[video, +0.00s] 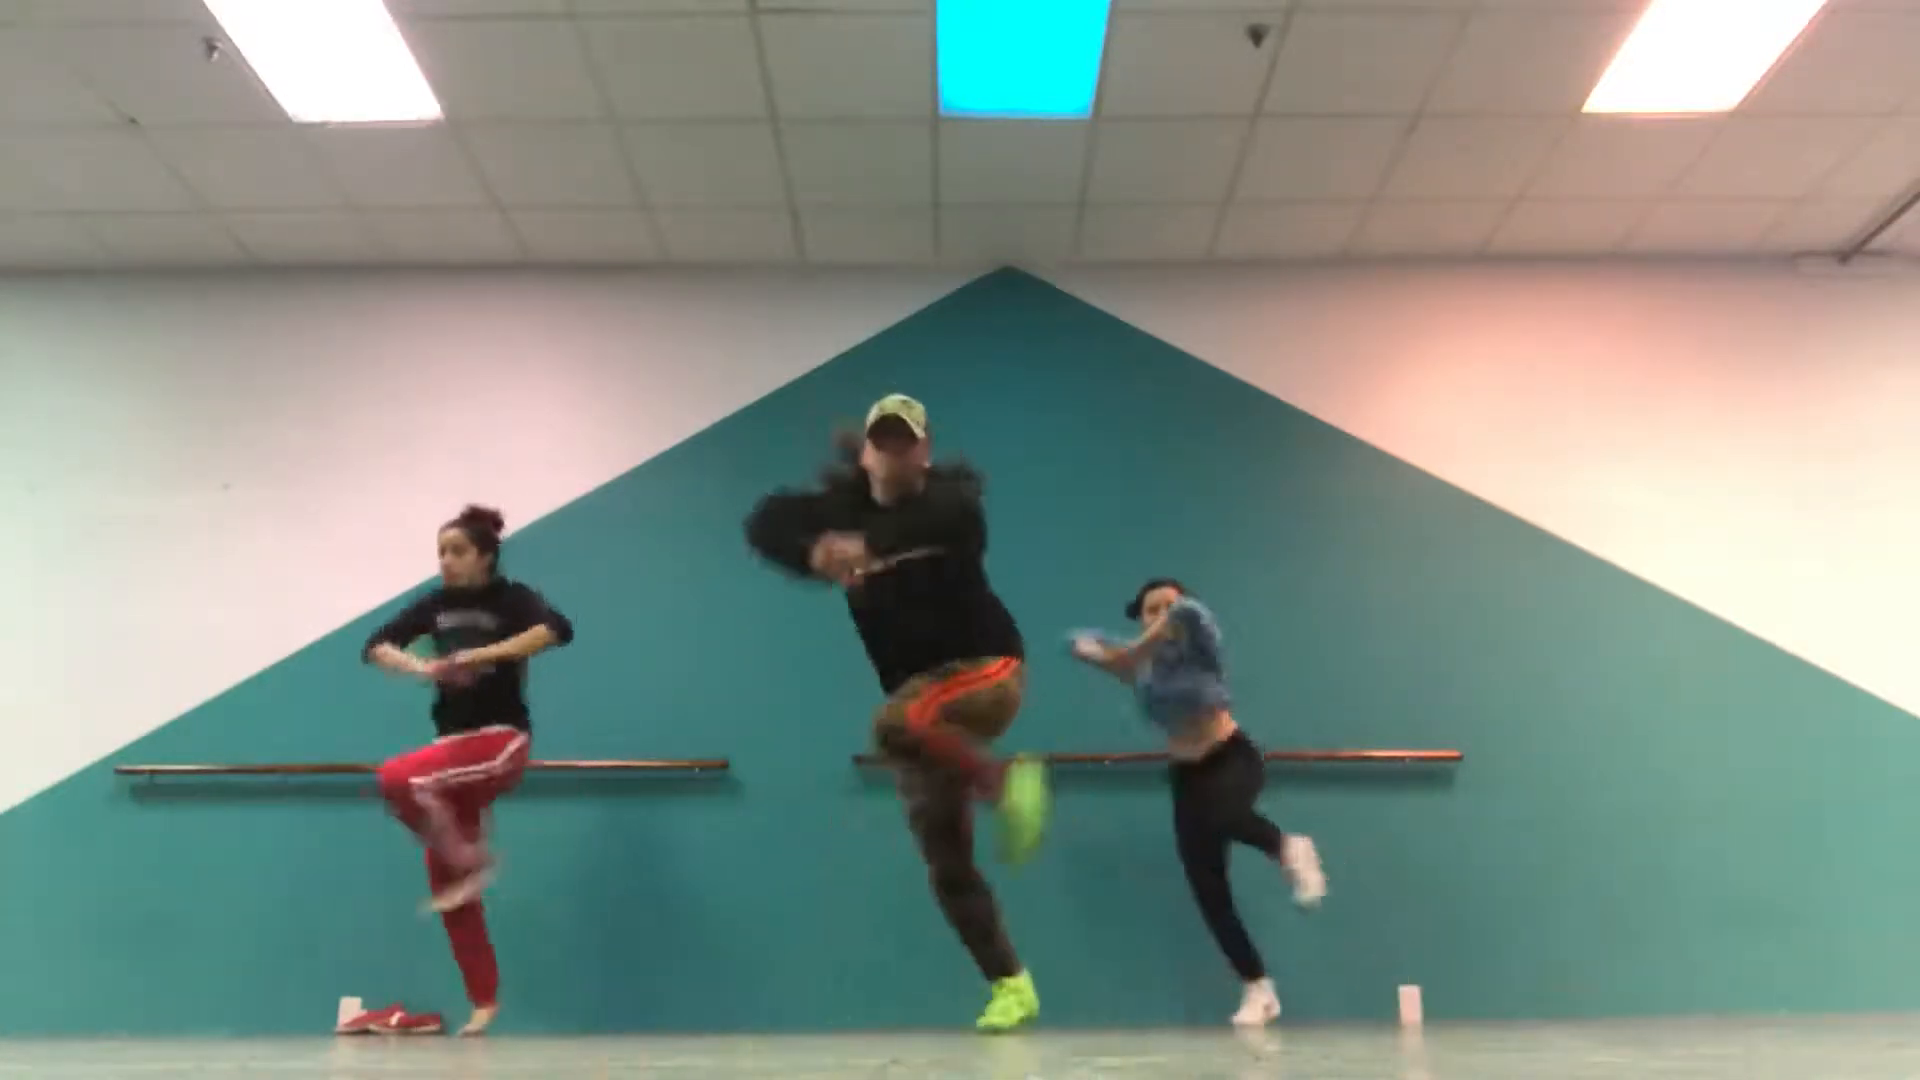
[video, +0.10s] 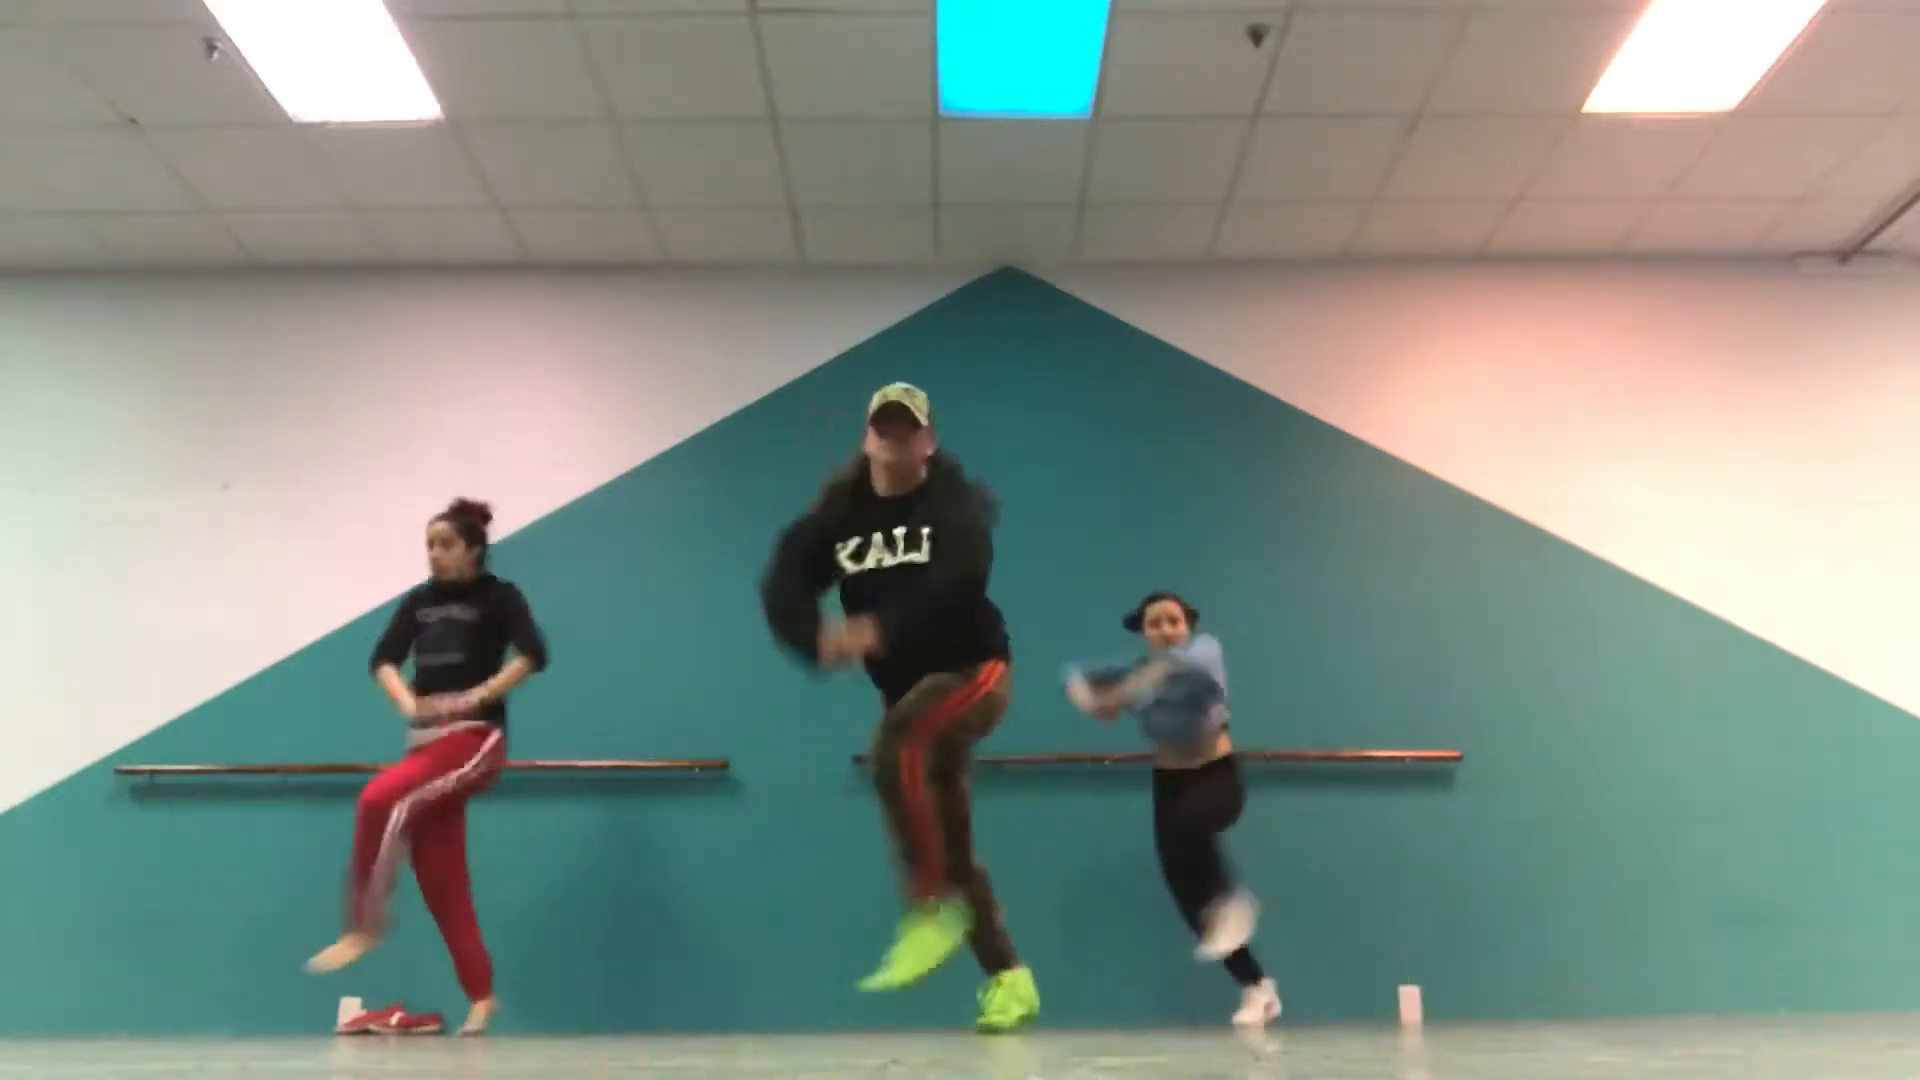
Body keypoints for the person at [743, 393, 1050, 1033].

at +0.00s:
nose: (893, 451)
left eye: (904, 441)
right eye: (882, 440)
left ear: (924, 450)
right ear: (865, 451)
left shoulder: (952, 492)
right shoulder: (844, 505)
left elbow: (948, 520)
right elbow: (765, 522)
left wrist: (868, 544)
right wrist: (817, 548)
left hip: (986, 668)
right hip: (912, 693)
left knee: (898, 723)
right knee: (945, 858)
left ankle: (1008, 785)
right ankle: (1009, 982)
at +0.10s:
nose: (894, 438)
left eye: (907, 429)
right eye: (884, 428)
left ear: (928, 442)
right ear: (867, 438)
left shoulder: (956, 499)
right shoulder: (840, 509)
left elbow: (957, 581)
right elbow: (783, 582)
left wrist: (877, 626)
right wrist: (814, 639)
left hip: (973, 668)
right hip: (904, 685)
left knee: (903, 746)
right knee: (947, 842)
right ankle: (1007, 974)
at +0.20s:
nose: (888, 443)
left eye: (901, 434)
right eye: (879, 432)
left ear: (923, 448)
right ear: (861, 442)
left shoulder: (947, 513)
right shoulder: (831, 521)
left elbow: (951, 617)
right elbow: (819, 617)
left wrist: (900, 701)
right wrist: (830, 703)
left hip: (947, 688)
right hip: (878, 695)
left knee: (896, 816)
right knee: (953, 844)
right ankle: (1012, 982)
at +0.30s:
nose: (873, 438)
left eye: (887, 429)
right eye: (865, 426)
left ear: (908, 444)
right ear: (847, 435)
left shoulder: (933, 525)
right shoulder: (809, 516)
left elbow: (939, 625)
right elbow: (800, 619)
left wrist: (897, 709)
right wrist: (821, 708)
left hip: (924, 694)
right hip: (853, 699)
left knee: (871, 822)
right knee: (933, 848)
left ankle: (818, 979)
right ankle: (1008, 980)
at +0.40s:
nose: (850, 410)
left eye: (866, 400)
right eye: (842, 396)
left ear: (890, 415)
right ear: (824, 403)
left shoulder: (910, 492)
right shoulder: (778, 480)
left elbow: (934, 579)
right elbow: (754, 576)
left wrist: (871, 641)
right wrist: (794, 643)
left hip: (889, 668)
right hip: (814, 672)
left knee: (852, 807)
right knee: (856, 825)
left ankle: (817, 979)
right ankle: (973, 950)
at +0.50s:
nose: (818, 410)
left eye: (833, 399)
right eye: (809, 397)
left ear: (857, 407)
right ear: (792, 402)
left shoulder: (882, 475)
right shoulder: (755, 468)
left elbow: (932, 539)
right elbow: (699, 525)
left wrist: (843, 536)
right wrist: (771, 533)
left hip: (859, 664)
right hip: (780, 670)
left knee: (814, 797)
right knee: (755, 800)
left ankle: (812, 975)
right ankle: (874, 877)